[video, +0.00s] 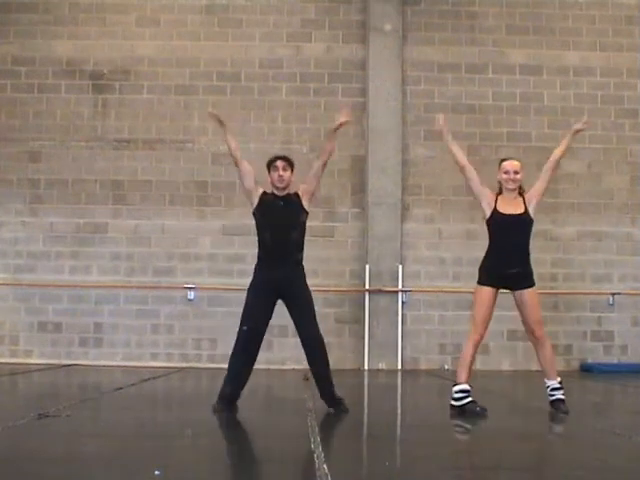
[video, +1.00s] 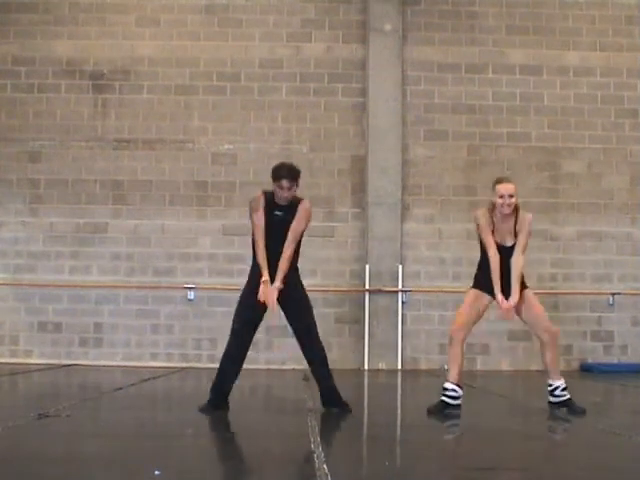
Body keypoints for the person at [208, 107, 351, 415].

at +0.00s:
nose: (280, 173)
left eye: (285, 169)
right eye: (275, 169)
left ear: (292, 174)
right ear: (268, 175)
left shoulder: (302, 198)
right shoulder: (258, 196)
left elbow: (321, 164)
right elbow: (238, 161)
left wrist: (334, 131)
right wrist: (225, 127)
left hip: (294, 281)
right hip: (264, 281)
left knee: (312, 338)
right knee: (248, 339)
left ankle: (330, 396)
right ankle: (227, 399)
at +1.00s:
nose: (285, 194)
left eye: (290, 189)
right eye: (280, 188)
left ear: (297, 187)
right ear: (273, 185)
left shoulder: (303, 207)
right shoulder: (259, 202)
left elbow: (290, 247)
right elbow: (259, 243)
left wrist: (277, 283)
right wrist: (265, 280)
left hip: (289, 280)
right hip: (259, 279)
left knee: (310, 340)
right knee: (238, 339)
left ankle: (331, 398)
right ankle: (218, 398)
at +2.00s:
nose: (262, 317)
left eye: (265, 314)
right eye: (260, 313)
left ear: (269, 308)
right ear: (251, 294)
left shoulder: (278, 310)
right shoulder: (245, 276)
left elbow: (265, 357)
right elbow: (219, 247)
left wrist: (256, 399)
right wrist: (211, 274)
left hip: (273, 331)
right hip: (243, 327)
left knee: (298, 357)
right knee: (208, 348)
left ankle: (287, 392)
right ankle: (227, 388)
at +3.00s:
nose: (264, 298)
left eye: (270, 294)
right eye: (260, 292)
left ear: (275, 296)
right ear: (250, 291)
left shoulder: (276, 313)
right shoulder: (230, 308)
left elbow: (267, 359)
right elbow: (221, 356)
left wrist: (256, 400)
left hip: (265, 330)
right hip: (228, 326)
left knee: (303, 362)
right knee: (190, 358)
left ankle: (344, 401)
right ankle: (144, 397)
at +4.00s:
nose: (247, 138)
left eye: (252, 133)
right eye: (243, 133)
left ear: (260, 136)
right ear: (236, 136)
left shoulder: (273, 165)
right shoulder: (223, 162)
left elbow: (291, 199)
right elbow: (203, 193)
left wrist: (307, 229)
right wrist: (186, 222)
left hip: (263, 240)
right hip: (231, 239)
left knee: (281, 294)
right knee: (205, 287)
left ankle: (302, 356)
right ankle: (173, 343)